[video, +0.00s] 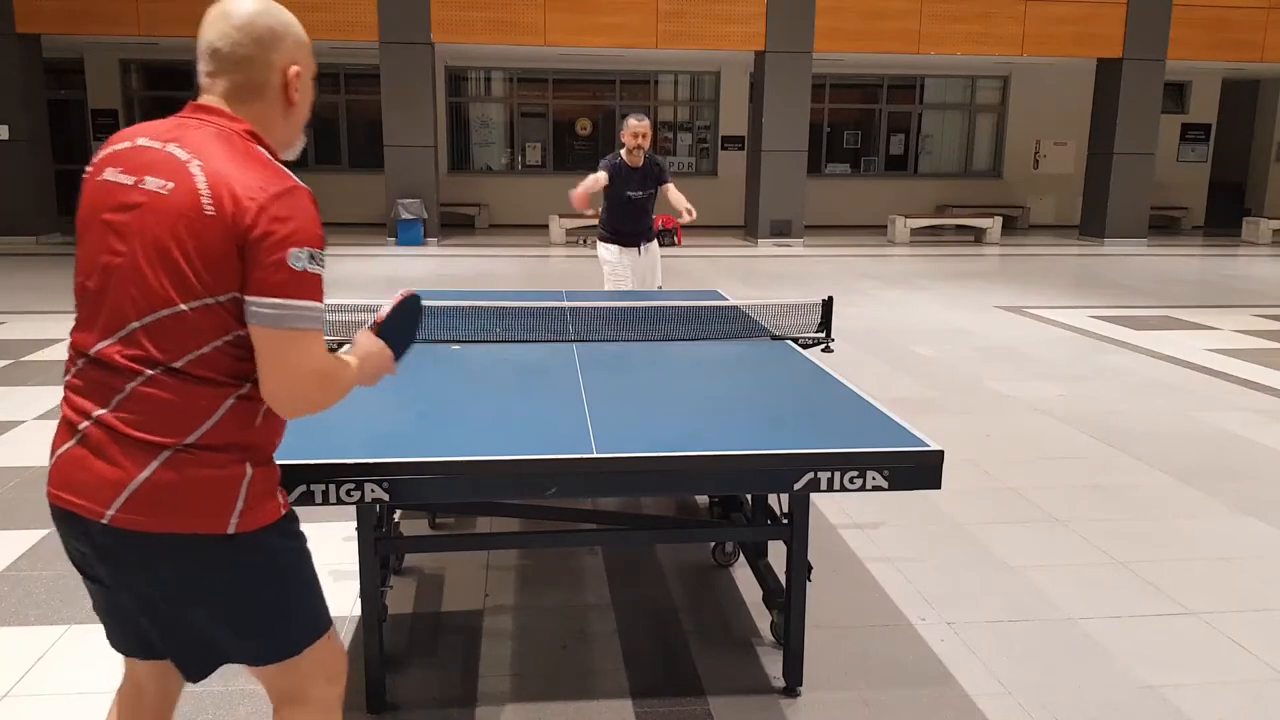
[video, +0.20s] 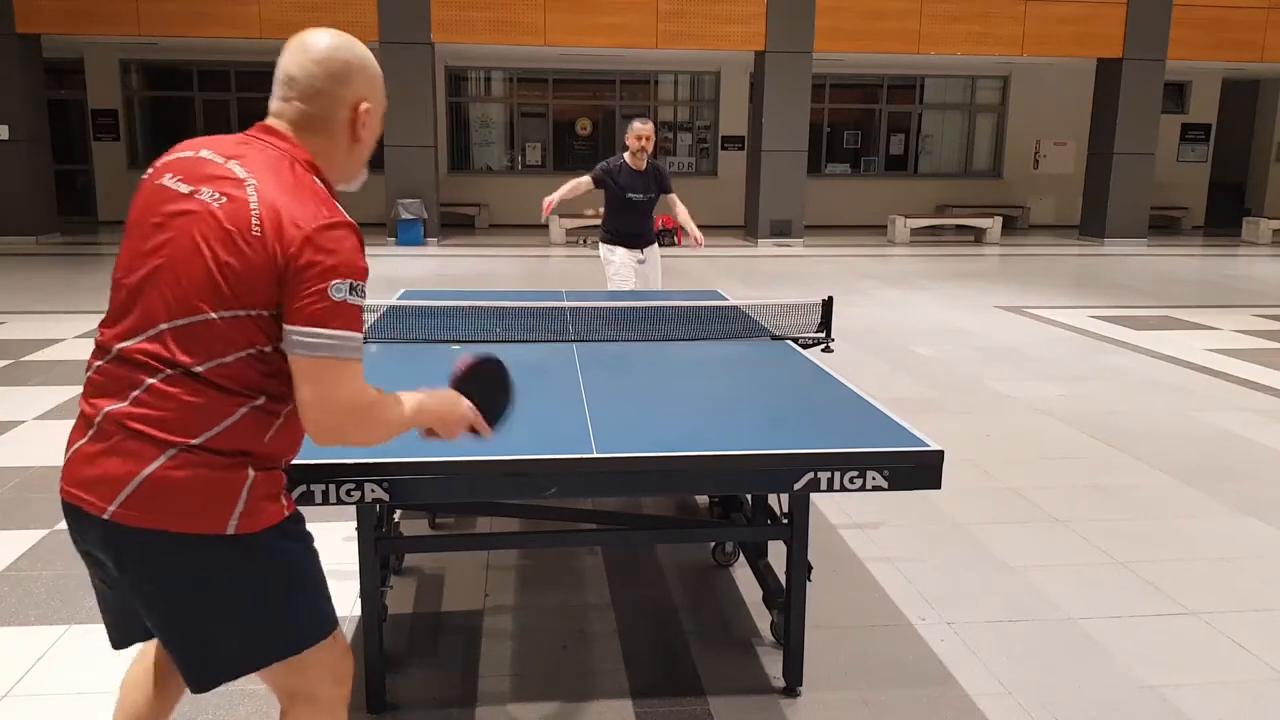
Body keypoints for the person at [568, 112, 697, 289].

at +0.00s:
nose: (640, 142)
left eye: (644, 136)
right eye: (634, 136)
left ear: (651, 137)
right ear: (623, 136)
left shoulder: (655, 165)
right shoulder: (612, 164)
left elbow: (670, 190)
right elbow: (599, 179)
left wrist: (684, 207)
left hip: (647, 245)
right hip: (614, 246)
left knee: (650, 300)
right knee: (621, 302)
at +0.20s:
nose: (643, 144)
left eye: (648, 139)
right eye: (638, 138)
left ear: (654, 141)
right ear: (627, 139)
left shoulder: (657, 172)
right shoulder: (611, 168)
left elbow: (675, 205)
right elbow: (582, 184)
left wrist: (692, 229)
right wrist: (557, 196)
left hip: (648, 248)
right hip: (617, 248)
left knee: (652, 304)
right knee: (623, 305)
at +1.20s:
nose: (645, 160)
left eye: (649, 156)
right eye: (641, 155)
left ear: (653, 157)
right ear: (628, 153)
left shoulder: (644, 180)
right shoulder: (614, 178)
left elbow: (644, 213)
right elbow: (599, 220)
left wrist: (652, 247)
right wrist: (622, 252)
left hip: (627, 243)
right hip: (603, 242)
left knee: (634, 286)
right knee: (622, 288)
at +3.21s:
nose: (649, 181)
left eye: (654, 177)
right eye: (646, 175)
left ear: (658, 175)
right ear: (635, 165)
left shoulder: (646, 184)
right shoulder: (618, 189)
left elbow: (643, 213)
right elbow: (617, 233)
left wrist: (656, 236)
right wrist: (645, 231)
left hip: (633, 239)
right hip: (608, 241)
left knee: (642, 286)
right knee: (625, 289)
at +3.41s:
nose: (643, 186)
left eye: (647, 183)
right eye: (640, 180)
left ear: (651, 180)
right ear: (630, 170)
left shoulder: (633, 186)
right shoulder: (610, 190)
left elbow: (638, 202)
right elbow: (601, 227)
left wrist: (653, 218)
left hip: (629, 243)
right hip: (609, 247)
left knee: (639, 286)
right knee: (623, 292)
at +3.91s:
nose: (625, 155)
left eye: (630, 151)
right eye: (621, 150)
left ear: (636, 152)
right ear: (613, 150)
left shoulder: (638, 173)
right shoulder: (600, 174)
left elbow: (652, 201)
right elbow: (576, 201)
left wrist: (668, 226)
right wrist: (571, 226)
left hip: (632, 242)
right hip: (603, 242)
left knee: (636, 293)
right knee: (604, 291)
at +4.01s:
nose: (623, 150)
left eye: (627, 145)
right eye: (619, 145)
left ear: (634, 146)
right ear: (610, 145)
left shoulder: (636, 168)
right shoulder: (598, 170)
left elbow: (649, 197)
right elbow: (578, 200)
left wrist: (656, 221)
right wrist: (578, 225)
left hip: (630, 237)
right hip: (601, 238)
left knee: (631, 287)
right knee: (598, 283)